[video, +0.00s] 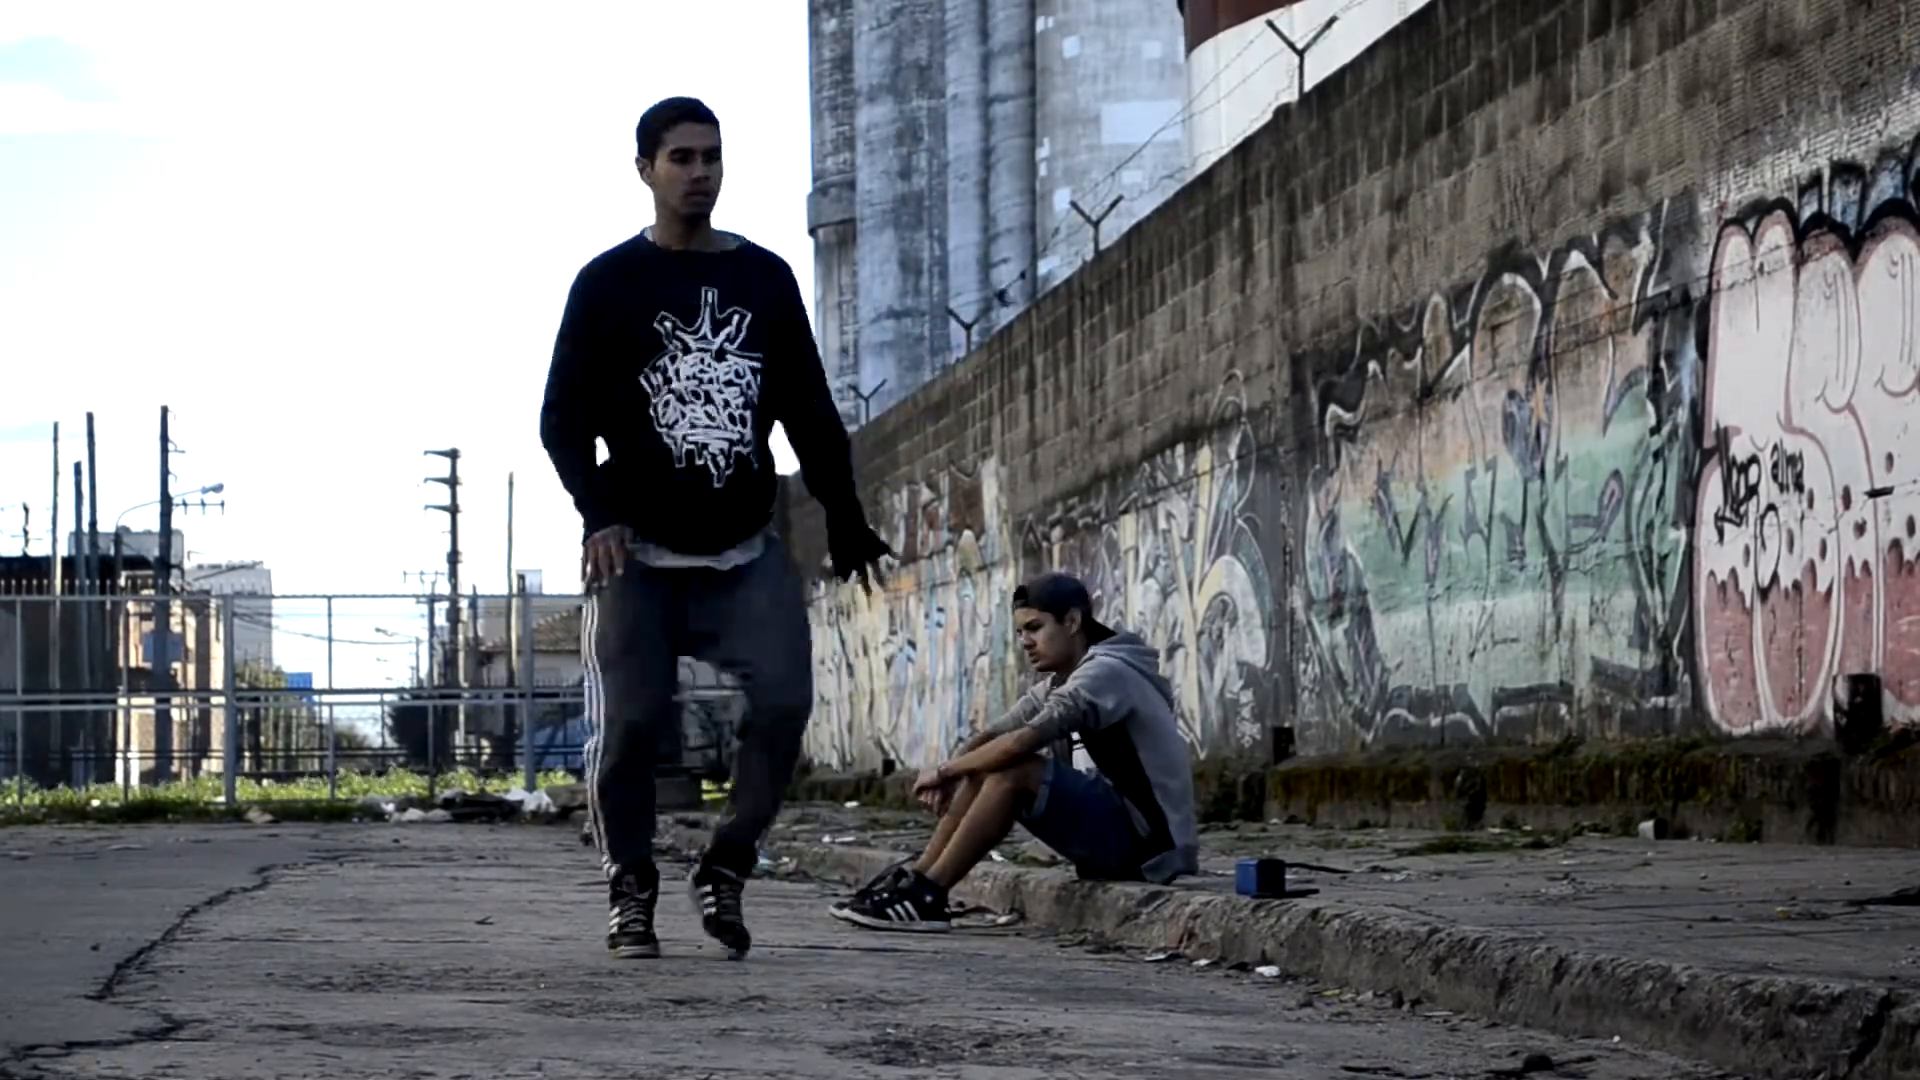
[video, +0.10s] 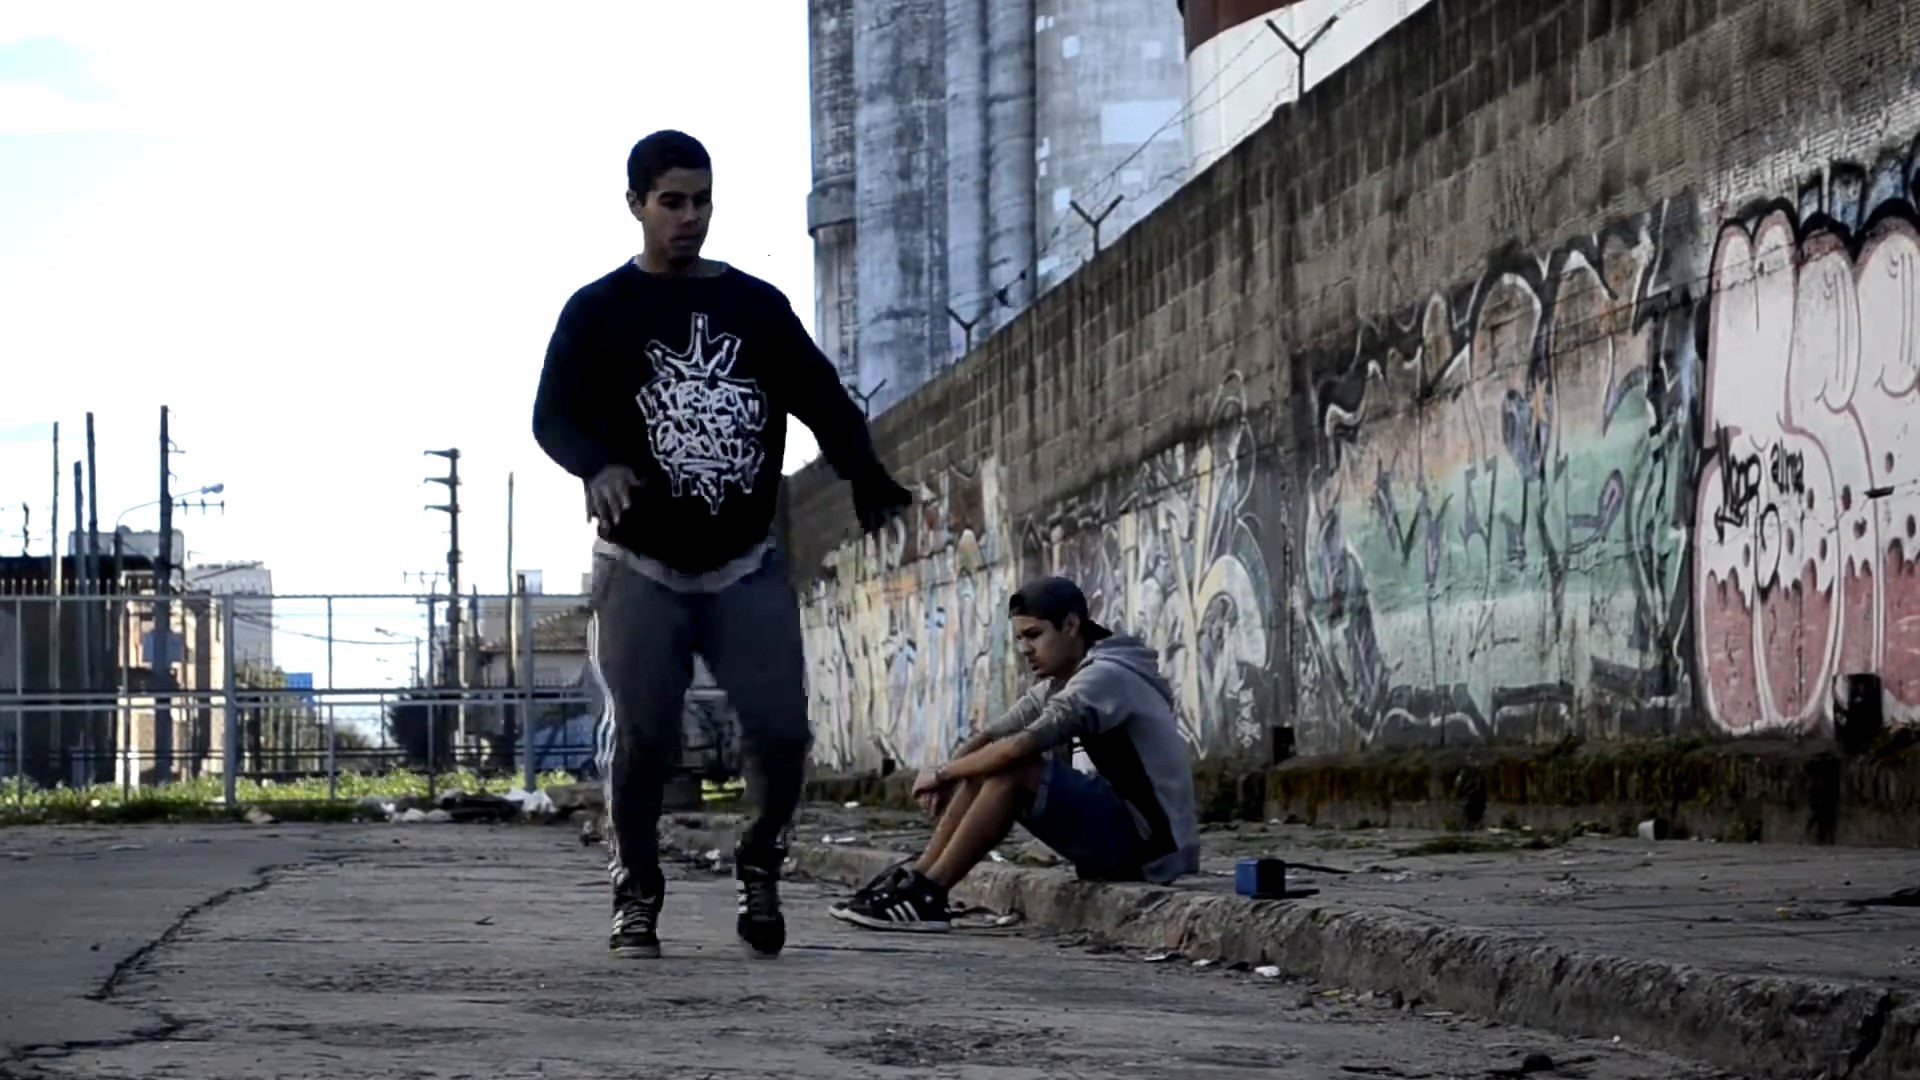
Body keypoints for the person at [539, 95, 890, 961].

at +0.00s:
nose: (700, 172)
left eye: (711, 157)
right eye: (682, 158)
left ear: (724, 170)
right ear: (647, 170)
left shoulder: (766, 278)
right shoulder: (606, 283)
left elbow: (809, 407)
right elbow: (562, 416)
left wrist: (845, 515)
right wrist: (595, 513)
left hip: (746, 546)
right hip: (638, 549)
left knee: (785, 700)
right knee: (632, 723)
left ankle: (727, 865)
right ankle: (631, 891)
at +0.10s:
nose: (690, 216)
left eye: (701, 201)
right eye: (673, 201)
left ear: (713, 206)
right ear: (637, 206)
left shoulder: (758, 308)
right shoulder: (596, 311)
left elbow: (823, 396)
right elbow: (553, 415)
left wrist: (865, 471)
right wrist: (594, 466)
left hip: (748, 566)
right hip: (639, 565)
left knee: (784, 736)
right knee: (642, 738)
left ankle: (762, 863)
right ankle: (637, 892)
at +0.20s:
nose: (687, 217)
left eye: (697, 203)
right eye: (669, 203)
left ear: (710, 214)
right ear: (634, 214)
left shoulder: (754, 310)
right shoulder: (598, 313)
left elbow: (824, 371)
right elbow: (553, 380)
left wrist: (855, 390)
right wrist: (601, 373)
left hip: (744, 571)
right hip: (636, 573)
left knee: (756, 743)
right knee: (638, 743)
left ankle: (762, 900)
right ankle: (639, 904)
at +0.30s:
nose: (690, 181)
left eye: (703, 166)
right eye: (673, 166)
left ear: (717, 174)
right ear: (641, 177)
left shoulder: (760, 270)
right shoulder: (603, 279)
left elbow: (826, 359)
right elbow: (552, 390)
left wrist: (816, 410)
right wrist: (603, 452)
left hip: (749, 530)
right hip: (645, 532)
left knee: (766, 709)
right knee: (649, 697)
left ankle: (718, 855)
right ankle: (655, 875)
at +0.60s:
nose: (693, 276)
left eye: (706, 263)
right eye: (675, 262)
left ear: (720, 276)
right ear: (646, 277)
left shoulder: (777, 364)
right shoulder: (610, 371)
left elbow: (897, 380)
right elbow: (501, 379)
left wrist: (848, 452)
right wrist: (486, 444)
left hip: (760, 613)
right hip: (663, 601)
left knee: (736, 772)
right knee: (681, 721)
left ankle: (703, 881)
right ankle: (701, 897)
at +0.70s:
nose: (699, 220)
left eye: (710, 208)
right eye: (681, 208)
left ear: (724, 225)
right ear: (648, 227)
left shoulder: (775, 320)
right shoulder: (618, 345)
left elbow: (813, 452)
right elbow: (578, 469)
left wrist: (832, 572)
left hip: (767, 571)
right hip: (668, 565)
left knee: (746, 757)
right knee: (693, 715)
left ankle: (695, 852)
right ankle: (704, 896)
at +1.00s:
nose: (777, 258)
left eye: (789, 244)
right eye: (759, 244)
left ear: (802, 258)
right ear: (726, 256)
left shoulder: (796, 379)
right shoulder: (688, 314)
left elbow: (819, 514)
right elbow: (619, 335)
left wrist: (869, 514)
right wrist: (709, 286)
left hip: (776, 563)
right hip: (676, 576)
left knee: (835, 717)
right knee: (738, 759)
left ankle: (865, 906)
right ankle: (717, 899)